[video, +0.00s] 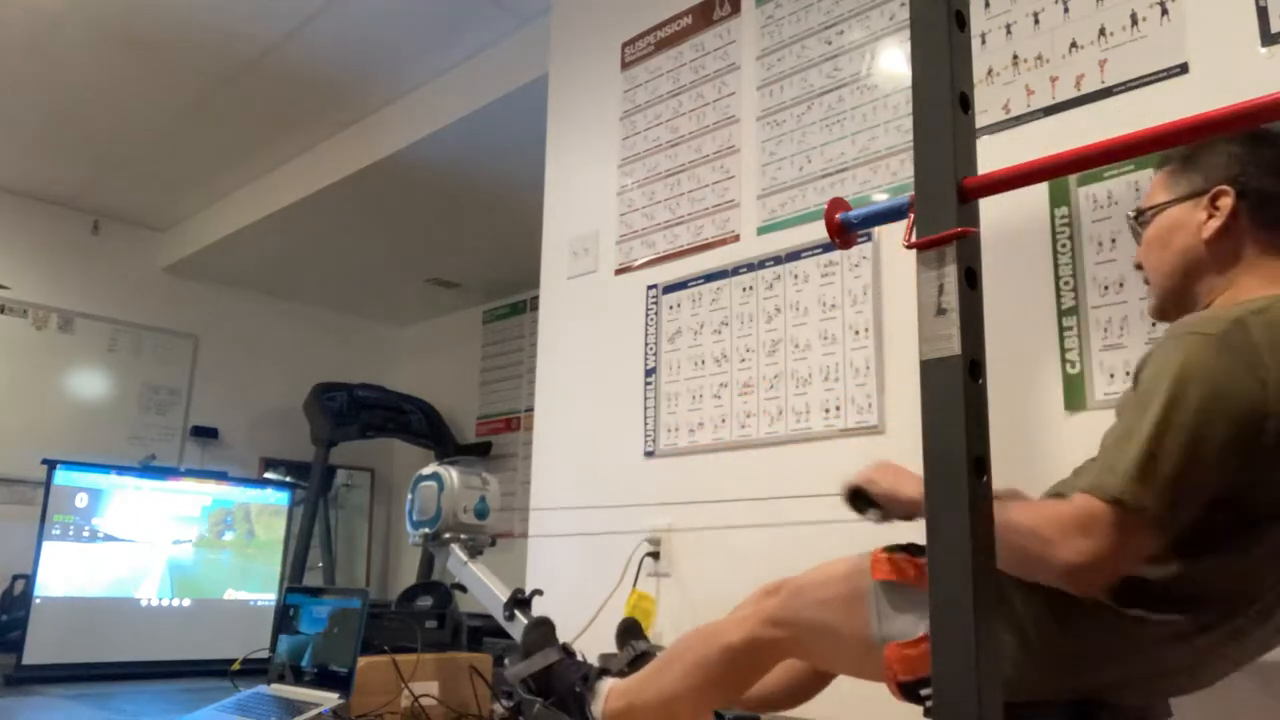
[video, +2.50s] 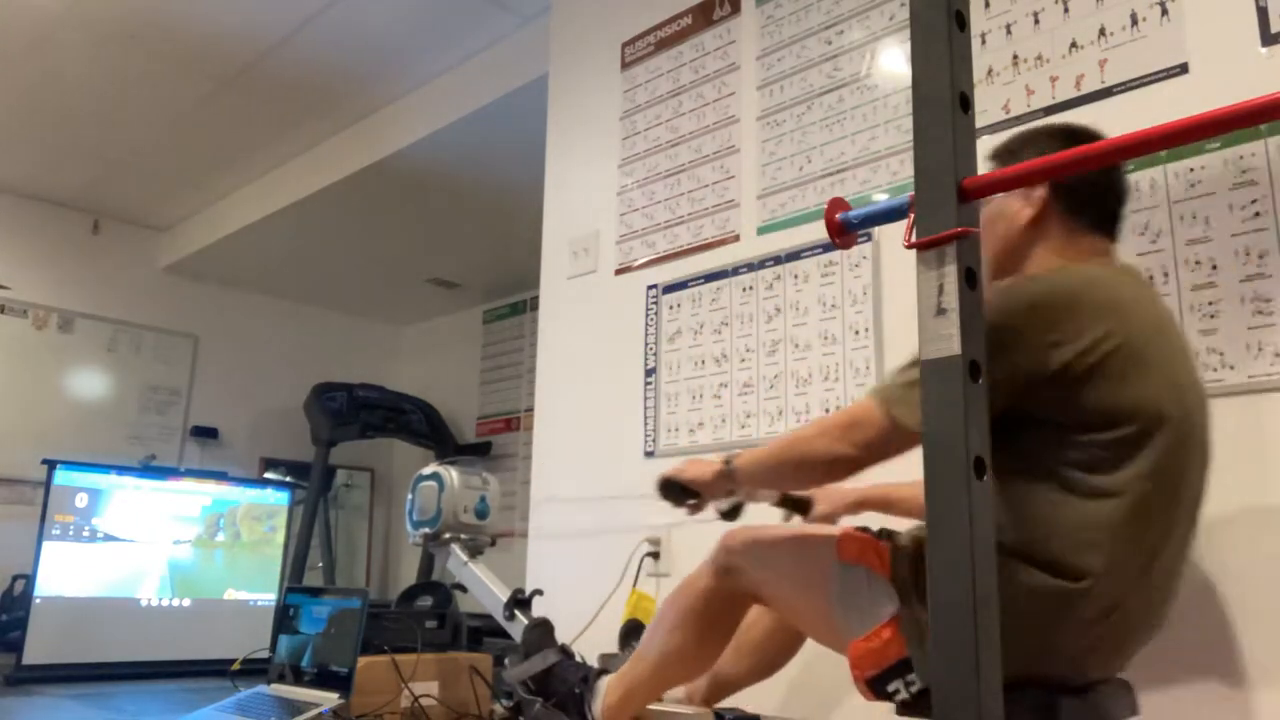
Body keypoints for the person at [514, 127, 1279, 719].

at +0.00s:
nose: (1138, 245)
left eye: (1151, 216)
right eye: (1142, 222)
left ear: (1220, 213)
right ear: (1229, 217)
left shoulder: (1218, 351)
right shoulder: (1262, 341)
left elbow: (1093, 546)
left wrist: (926, 493)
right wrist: (975, 515)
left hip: (1068, 642)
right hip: (1131, 650)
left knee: (784, 609)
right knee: (837, 623)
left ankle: (609, 704)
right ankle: (689, 707)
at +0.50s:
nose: (838, 256)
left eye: (848, 236)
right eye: (841, 238)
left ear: (892, 236)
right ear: (912, 237)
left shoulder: (884, 327)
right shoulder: (983, 332)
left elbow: (722, 442)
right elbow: (874, 495)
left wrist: (617, 486)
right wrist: (766, 503)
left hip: (880, 611)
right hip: (959, 616)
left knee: (670, 508)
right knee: (745, 532)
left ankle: (608, 702)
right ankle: (679, 687)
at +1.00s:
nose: (667, 297)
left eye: (672, 280)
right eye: (669, 283)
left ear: (699, 277)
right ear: (761, 291)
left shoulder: (683, 355)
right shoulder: (806, 360)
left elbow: (570, 469)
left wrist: (497, 521)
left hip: (740, 623)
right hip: (832, 631)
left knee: (602, 476)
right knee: (678, 477)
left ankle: (605, 683)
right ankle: (673, 666)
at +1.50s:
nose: (972, 209)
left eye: (985, 185)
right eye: (977, 185)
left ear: (1036, 187)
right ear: (1062, 193)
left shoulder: (1028, 287)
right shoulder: (1131, 301)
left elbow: (840, 415)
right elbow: (989, 459)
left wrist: (714, 448)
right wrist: (846, 476)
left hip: (995, 619)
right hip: (1071, 627)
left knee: (740, 559)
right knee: (808, 574)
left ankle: (610, 701)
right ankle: (693, 694)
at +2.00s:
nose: (1145, 234)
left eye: (1160, 206)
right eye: (1148, 213)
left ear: (1231, 207)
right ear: (1233, 212)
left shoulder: (1250, 327)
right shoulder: (1241, 329)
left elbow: (1252, 559)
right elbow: (1228, 547)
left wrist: (1058, 498)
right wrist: (1053, 505)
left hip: (1059, 630)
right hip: (1088, 631)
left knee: (783, 620)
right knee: (839, 629)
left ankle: (608, 704)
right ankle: (705, 716)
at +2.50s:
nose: (970, 227)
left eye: (982, 202)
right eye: (974, 205)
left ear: (1035, 201)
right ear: (1059, 206)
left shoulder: (1037, 306)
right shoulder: (1131, 306)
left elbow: (847, 445)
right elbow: (1029, 506)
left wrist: (724, 473)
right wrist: (862, 497)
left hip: (1023, 627)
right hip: (1092, 628)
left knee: (738, 557)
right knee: (837, 549)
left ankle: (612, 703)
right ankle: (694, 696)